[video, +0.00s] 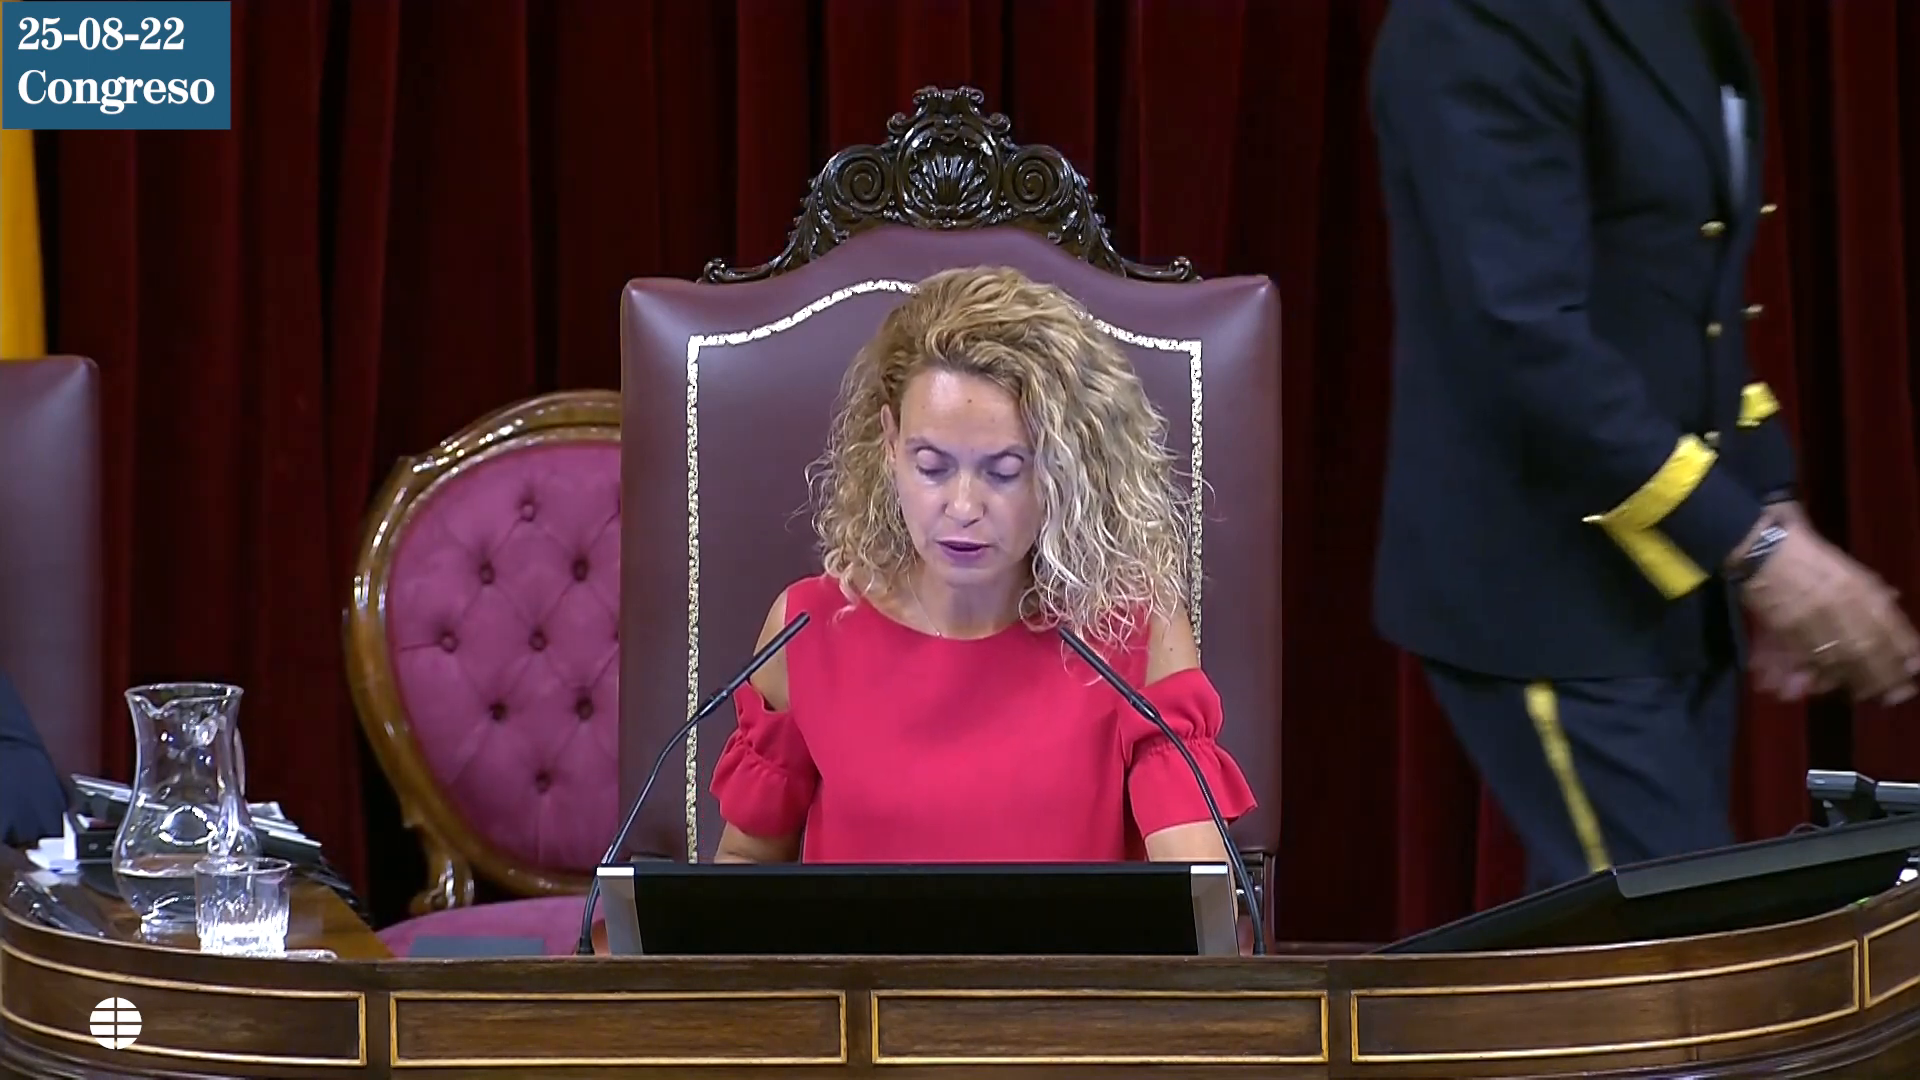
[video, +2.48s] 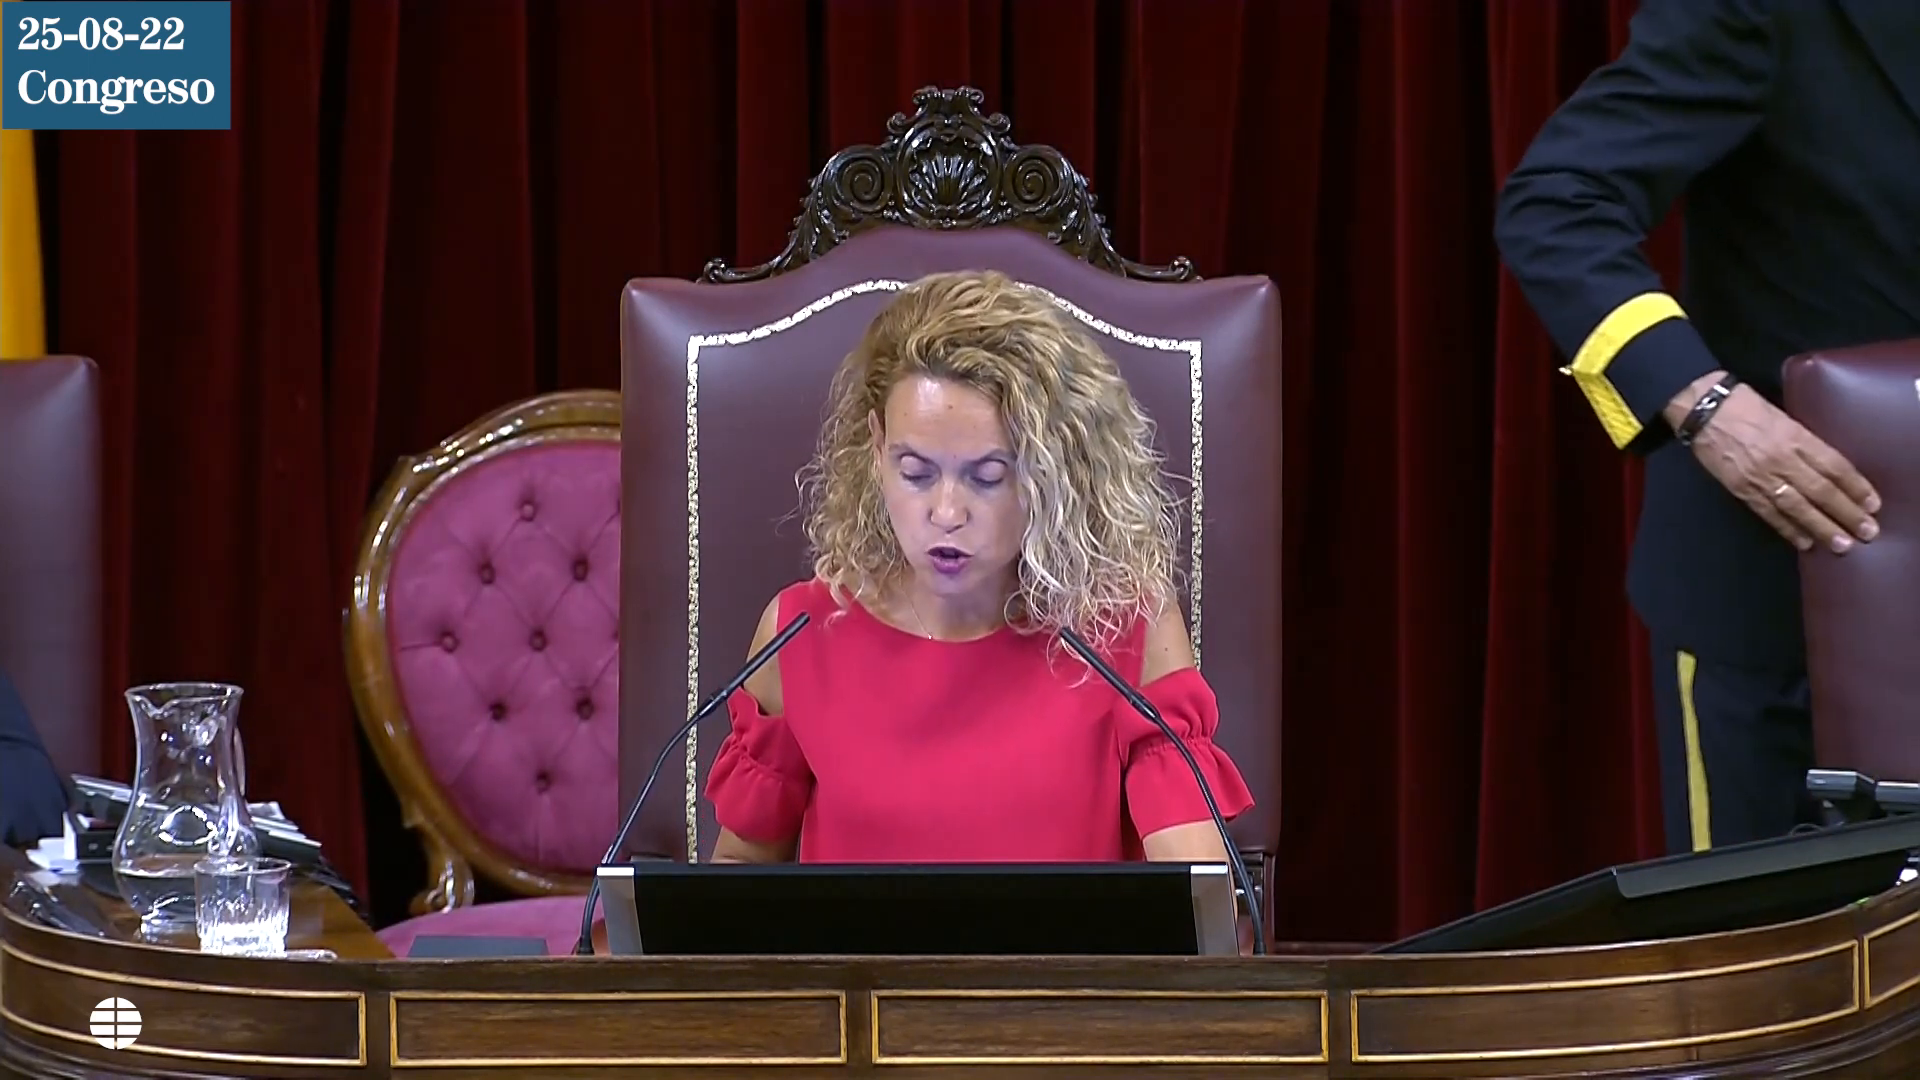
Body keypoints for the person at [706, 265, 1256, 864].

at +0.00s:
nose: (964, 507)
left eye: (1004, 470)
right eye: (933, 464)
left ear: (1065, 468)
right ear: (889, 447)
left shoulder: (1132, 627)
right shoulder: (810, 626)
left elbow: (1202, 895)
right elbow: (744, 872)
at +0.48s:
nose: (953, 511)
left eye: (993, 474)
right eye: (923, 470)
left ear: (1057, 473)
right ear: (880, 458)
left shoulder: (1129, 630)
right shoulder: (807, 629)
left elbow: (1203, 901)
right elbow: (744, 877)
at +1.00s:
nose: (945, 514)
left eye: (985, 475)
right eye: (915, 471)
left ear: (1050, 476)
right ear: (873, 461)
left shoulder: (1125, 624)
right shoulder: (803, 631)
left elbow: (1201, 898)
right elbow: (743, 882)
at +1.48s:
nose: (943, 511)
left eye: (982, 474)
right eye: (913, 470)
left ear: (1050, 476)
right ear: (872, 463)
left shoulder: (1124, 621)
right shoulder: (801, 629)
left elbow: (1200, 891)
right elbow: (740, 880)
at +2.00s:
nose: (941, 511)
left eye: (982, 474)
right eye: (912, 470)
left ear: (1051, 477)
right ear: (873, 463)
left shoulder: (1124, 621)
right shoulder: (802, 628)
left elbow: (1200, 892)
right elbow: (736, 871)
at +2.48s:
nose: (947, 513)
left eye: (987, 474)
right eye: (917, 471)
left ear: (1054, 474)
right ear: (874, 460)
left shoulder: (1125, 621)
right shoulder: (803, 629)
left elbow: (1199, 891)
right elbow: (740, 877)